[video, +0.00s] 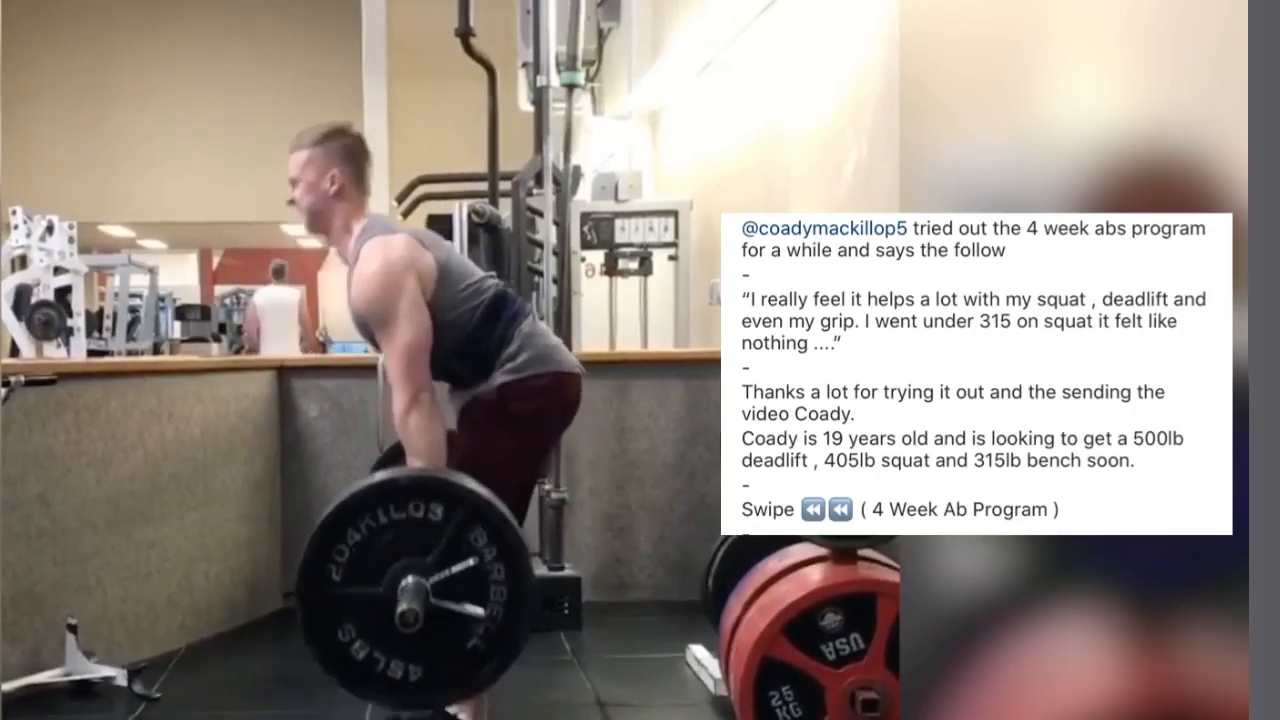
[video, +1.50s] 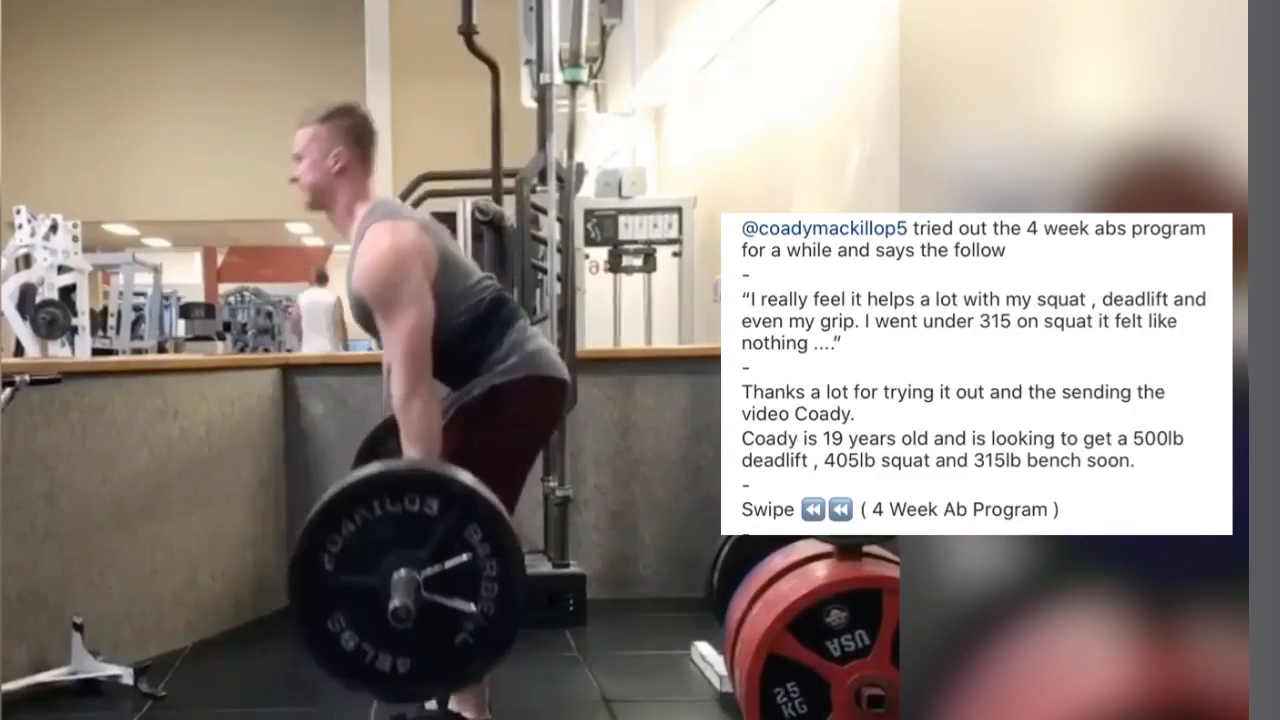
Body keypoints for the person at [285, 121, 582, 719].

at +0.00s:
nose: (290, 196)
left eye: (297, 182)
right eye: (290, 184)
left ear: (335, 180)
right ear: (336, 183)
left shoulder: (384, 263)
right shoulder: (366, 258)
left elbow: (416, 402)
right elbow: (400, 385)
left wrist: (434, 522)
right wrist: (418, 509)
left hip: (528, 380)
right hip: (500, 381)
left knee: (463, 538)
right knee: (455, 533)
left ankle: (465, 701)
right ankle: (453, 696)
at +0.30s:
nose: (344, 120)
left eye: (353, 105)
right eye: (345, 106)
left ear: (393, 104)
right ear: (393, 108)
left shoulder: (420, 195)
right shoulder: (410, 184)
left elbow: (429, 339)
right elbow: (435, 307)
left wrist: (424, 461)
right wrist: (406, 332)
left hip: (487, 381)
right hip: (475, 374)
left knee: (459, 548)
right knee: (451, 542)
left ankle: (466, 708)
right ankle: (458, 696)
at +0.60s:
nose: (418, 100)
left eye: (427, 85)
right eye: (417, 87)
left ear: (467, 81)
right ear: (469, 86)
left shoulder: (482, 173)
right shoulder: (476, 165)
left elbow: (452, 306)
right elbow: (451, 299)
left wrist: (422, 408)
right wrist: (412, 402)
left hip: (465, 375)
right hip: (469, 371)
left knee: (446, 546)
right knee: (449, 544)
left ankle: (467, 709)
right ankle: (460, 698)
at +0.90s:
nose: (418, 102)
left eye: (427, 87)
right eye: (417, 89)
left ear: (467, 84)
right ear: (469, 89)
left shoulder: (480, 175)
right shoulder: (478, 168)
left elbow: (451, 308)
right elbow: (449, 301)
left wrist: (426, 409)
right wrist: (412, 395)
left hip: (462, 379)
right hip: (467, 375)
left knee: (445, 546)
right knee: (450, 545)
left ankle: (468, 707)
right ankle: (464, 697)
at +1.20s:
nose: (375, 104)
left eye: (383, 89)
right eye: (374, 91)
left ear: (421, 89)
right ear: (425, 92)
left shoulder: (445, 184)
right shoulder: (435, 175)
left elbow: (438, 325)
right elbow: (432, 316)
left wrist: (418, 442)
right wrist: (410, 425)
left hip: (476, 380)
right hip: (470, 375)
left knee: (440, 542)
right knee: (448, 542)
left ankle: (467, 707)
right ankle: (463, 699)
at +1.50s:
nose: (293, 174)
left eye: (301, 159)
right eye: (293, 160)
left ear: (339, 160)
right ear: (342, 162)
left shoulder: (389, 242)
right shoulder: (375, 236)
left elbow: (414, 394)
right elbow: (404, 380)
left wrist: (424, 519)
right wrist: (412, 513)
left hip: (518, 381)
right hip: (491, 381)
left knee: (456, 538)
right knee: (447, 533)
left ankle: (468, 703)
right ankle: (457, 698)